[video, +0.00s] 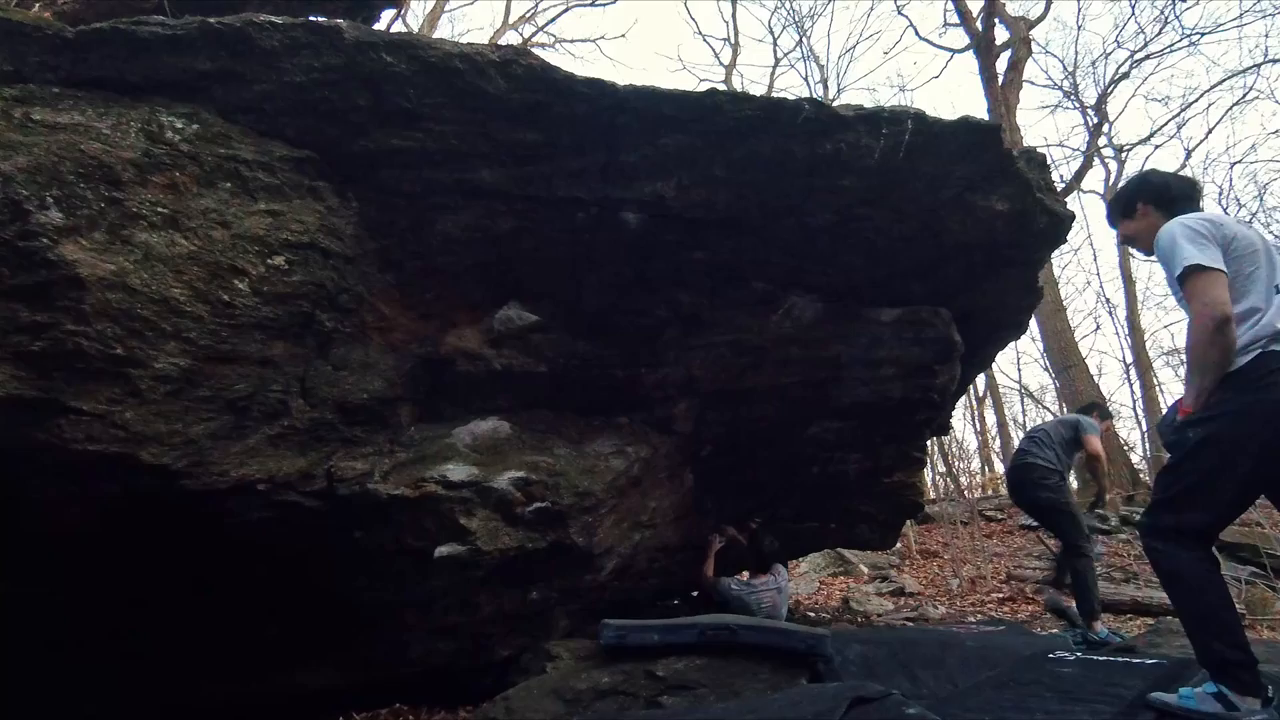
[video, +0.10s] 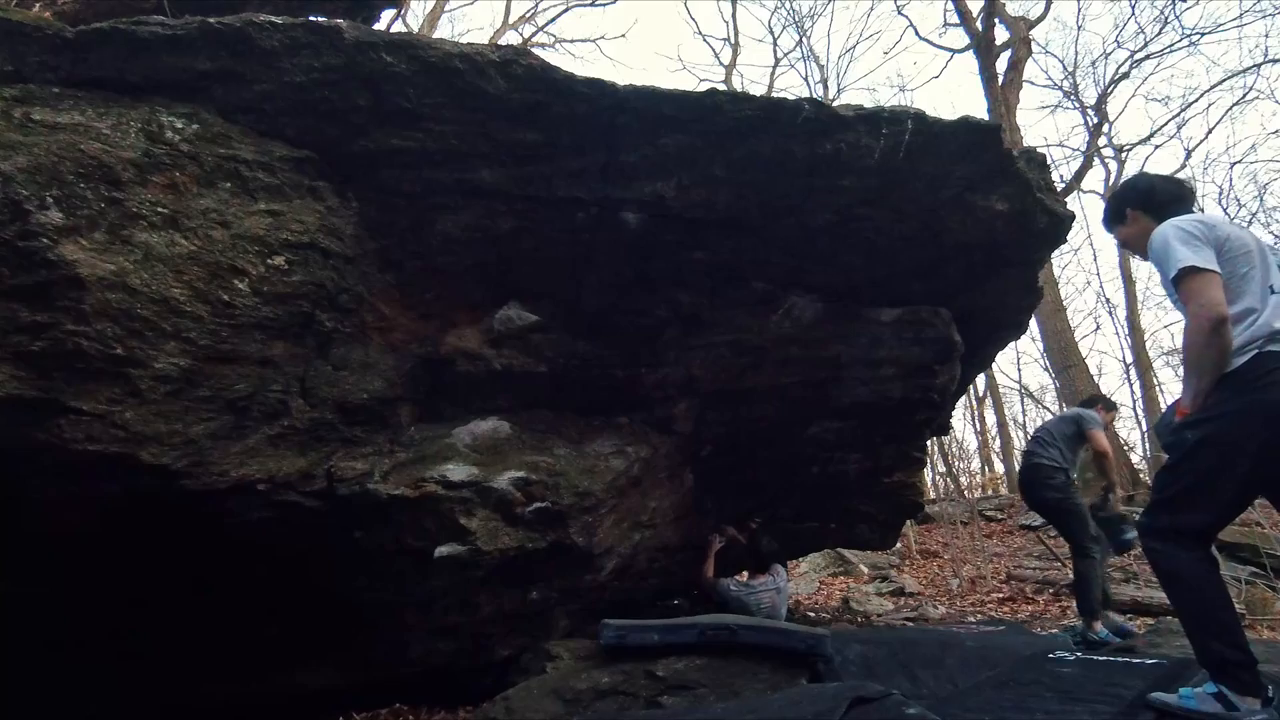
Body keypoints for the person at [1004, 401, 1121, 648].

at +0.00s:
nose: (1103, 434)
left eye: (1105, 430)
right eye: (1104, 428)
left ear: (1085, 415)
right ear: (1095, 417)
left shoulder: (1058, 426)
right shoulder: (1085, 422)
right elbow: (1095, 452)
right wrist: (1102, 490)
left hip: (1016, 478)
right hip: (1042, 475)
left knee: (1072, 537)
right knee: (1080, 544)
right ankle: (1094, 625)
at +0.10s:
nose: (1108, 425)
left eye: (1110, 421)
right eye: (1108, 419)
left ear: (1088, 407)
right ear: (1099, 410)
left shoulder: (1066, 419)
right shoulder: (1087, 415)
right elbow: (1102, 449)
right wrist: (1111, 486)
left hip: (1030, 479)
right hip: (1049, 477)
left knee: (1093, 541)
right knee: (1088, 545)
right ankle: (1091, 624)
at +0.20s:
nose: (1113, 423)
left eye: (1115, 419)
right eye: (1113, 417)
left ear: (1095, 405)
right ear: (1104, 406)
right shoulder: (1087, 410)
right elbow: (1112, 445)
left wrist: (1113, 497)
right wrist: (1128, 484)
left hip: (1042, 484)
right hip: (1062, 481)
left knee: (1099, 553)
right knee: (1101, 551)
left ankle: (1126, 622)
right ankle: (1094, 624)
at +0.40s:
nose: (1129, 433)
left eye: (1132, 429)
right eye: (1130, 428)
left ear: (1120, 421)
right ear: (1122, 417)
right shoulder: (1097, 414)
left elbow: (1095, 492)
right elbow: (1130, 443)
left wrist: (1136, 495)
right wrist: (1154, 469)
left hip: (1050, 486)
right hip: (1065, 477)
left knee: (1105, 548)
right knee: (1127, 525)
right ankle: (1111, 594)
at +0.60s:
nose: (1132, 450)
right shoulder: (1107, 424)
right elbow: (1131, 444)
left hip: (1046, 485)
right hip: (1063, 473)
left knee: (1105, 556)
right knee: (1133, 507)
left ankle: (1124, 628)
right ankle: (1133, 577)